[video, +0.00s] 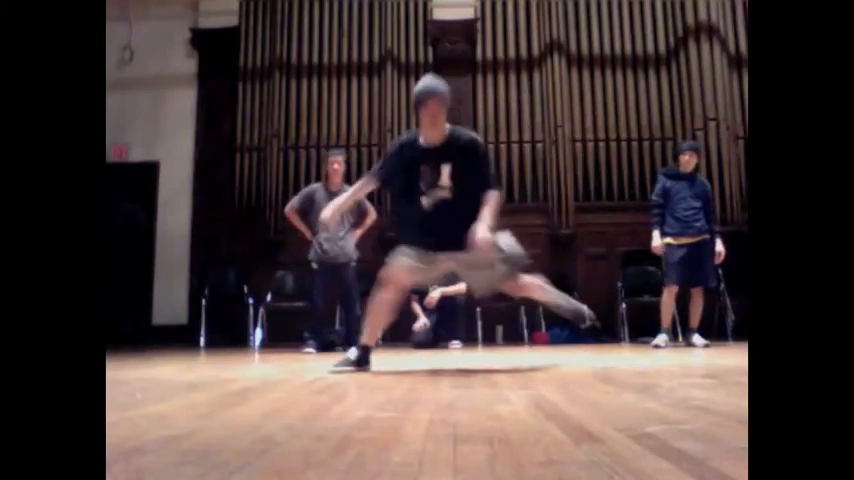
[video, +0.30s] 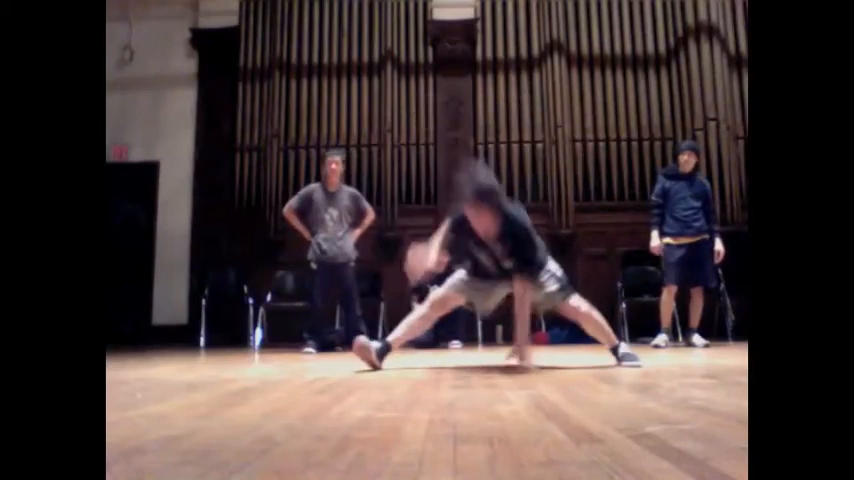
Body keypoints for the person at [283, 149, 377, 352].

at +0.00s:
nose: (335, 168)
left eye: (339, 163)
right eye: (332, 163)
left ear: (344, 168)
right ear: (326, 167)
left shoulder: (351, 193)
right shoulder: (314, 191)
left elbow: (372, 213)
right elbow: (290, 210)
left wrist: (356, 234)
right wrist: (308, 234)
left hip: (345, 251)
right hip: (321, 251)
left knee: (350, 301)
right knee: (321, 301)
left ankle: (351, 342)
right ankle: (320, 341)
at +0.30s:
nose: (332, 168)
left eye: (336, 164)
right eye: (329, 164)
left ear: (342, 168)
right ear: (324, 168)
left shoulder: (351, 194)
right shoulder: (312, 191)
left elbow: (370, 214)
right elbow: (288, 210)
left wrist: (355, 234)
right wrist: (308, 235)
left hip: (344, 250)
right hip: (320, 251)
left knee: (350, 299)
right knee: (319, 300)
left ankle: (355, 338)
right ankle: (317, 340)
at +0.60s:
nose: (332, 168)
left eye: (336, 164)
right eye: (329, 164)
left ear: (342, 169)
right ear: (323, 169)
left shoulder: (351, 194)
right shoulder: (312, 192)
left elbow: (370, 214)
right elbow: (288, 211)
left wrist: (356, 233)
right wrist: (308, 236)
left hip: (345, 253)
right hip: (321, 253)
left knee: (350, 298)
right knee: (318, 300)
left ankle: (355, 339)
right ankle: (314, 340)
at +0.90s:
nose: (333, 171)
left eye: (337, 167)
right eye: (330, 166)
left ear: (342, 171)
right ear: (325, 170)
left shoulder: (351, 194)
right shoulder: (313, 192)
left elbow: (367, 216)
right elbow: (289, 212)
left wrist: (354, 237)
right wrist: (309, 235)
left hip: (347, 256)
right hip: (321, 256)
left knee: (348, 300)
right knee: (320, 300)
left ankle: (348, 338)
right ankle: (318, 337)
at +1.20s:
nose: (335, 167)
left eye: (339, 164)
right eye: (332, 164)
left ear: (344, 168)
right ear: (326, 168)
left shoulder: (353, 194)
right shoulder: (314, 192)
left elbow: (373, 214)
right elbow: (290, 212)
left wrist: (359, 233)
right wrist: (310, 236)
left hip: (347, 251)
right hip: (321, 251)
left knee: (353, 294)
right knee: (315, 294)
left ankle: (359, 339)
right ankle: (312, 339)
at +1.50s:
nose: (336, 167)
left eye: (339, 164)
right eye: (332, 164)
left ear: (344, 169)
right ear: (326, 168)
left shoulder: (353, 194)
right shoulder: (314, 192)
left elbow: (373, 215)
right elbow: (290, 211)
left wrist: (358, 235)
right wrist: (308, 233)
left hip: (347, 256)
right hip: (321, 256)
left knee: (350, 300)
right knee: (319, 301)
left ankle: (356, 339)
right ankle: (315, 339)